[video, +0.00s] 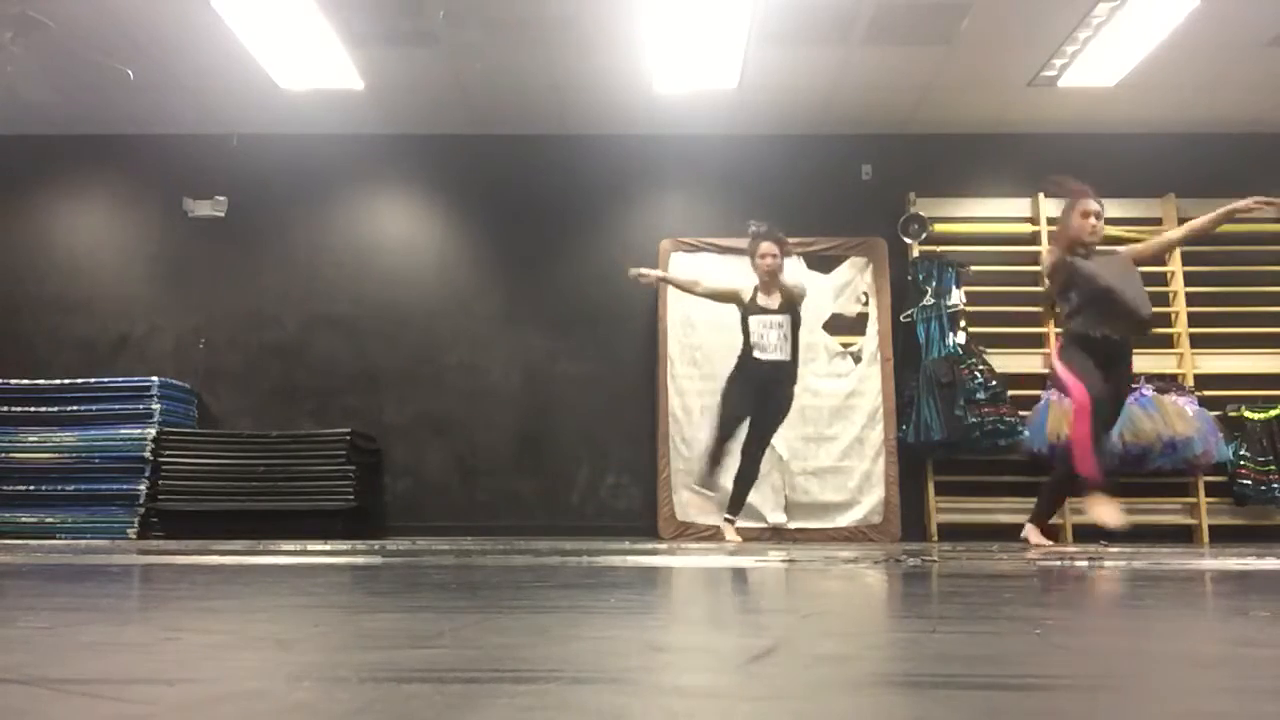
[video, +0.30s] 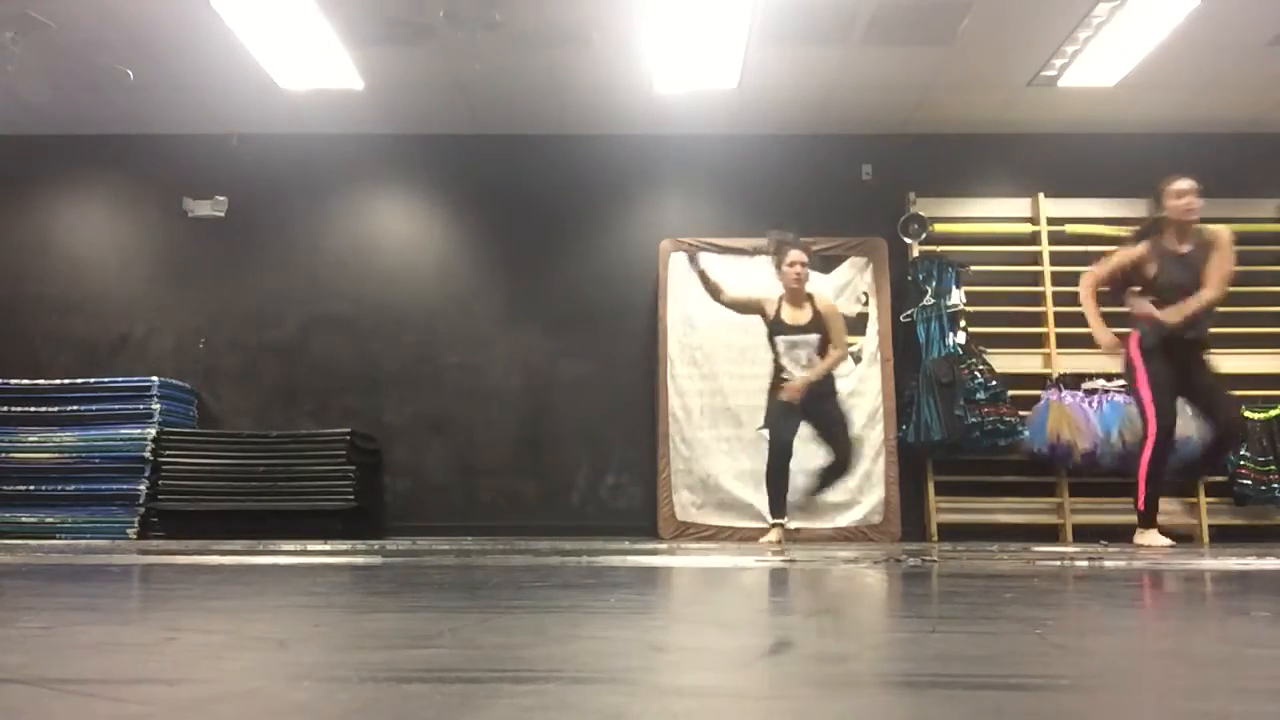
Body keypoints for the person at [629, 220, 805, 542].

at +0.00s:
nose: (769, 262)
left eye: (774, 256)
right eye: (763, 256)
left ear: (783, 260)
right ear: (753, 262)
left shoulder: (794, 296)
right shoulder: (744, 297)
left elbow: (796, 292)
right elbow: (698, 288)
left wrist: (779, 276)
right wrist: (661, 276)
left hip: (780, 387)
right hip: (746, 380)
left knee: (754, 452)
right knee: (725, 431)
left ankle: (730, 520)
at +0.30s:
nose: (799, 271)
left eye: (804, 265)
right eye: (792, 265)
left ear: (809, 271)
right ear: (779, 271)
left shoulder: (825, 308)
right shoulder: (768, 307)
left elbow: (839, 350)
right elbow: (723, 297)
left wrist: (804, 380)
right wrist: (697, 267)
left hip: (820, 392)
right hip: (783, 391)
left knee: (844, 457)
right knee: (778, 453)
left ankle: (812, 488)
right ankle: (777, 525)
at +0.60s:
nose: (861, 275)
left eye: (866, 269)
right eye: (854, 270)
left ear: (873, 273)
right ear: (841, 276)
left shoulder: (890, 294)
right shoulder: (838, 314)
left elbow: (943, 294)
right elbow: (836, 358)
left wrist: (996, 302)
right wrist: (851, 362)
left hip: (892, 394)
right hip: (854, 395)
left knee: (936, 455)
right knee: (824, 457)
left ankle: (970, 530)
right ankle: (775, 522)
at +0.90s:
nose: (904, 289)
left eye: (908, 282)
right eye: (895, 282)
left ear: (914, 289)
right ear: (879, 289)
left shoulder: (900, 327)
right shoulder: (873, 316)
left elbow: (900, 372)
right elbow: (830, 329)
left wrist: (937, 378)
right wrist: (833, 349)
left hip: (891, 412)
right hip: (854, 411)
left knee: (946, 458)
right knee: (812, 457)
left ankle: (972, 531)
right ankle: (781, 526)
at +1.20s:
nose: (812, 295)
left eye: (819, 288)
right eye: (808, 289)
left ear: (836, 291)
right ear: (803, 293)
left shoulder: (855, 330)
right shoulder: (797, 323)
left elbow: (878, 370)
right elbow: (750, 313)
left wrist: (888, 413)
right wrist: (709, 300)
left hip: (859, 418)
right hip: (819, 418)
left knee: (912, 471)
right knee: (783, 454)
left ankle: (965, 526)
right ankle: (778, 528)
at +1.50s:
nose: (800, 238)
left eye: (802, 232)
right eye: (794, 231)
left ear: (796, 234)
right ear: (774, 227)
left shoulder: (786, 268)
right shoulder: (754, 256)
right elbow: (782, 205)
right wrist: (814, 161)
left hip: (790, 357)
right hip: (761, 359)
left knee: (820, 427)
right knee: (770, 435)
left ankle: (779, 480)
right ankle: (759, 518)